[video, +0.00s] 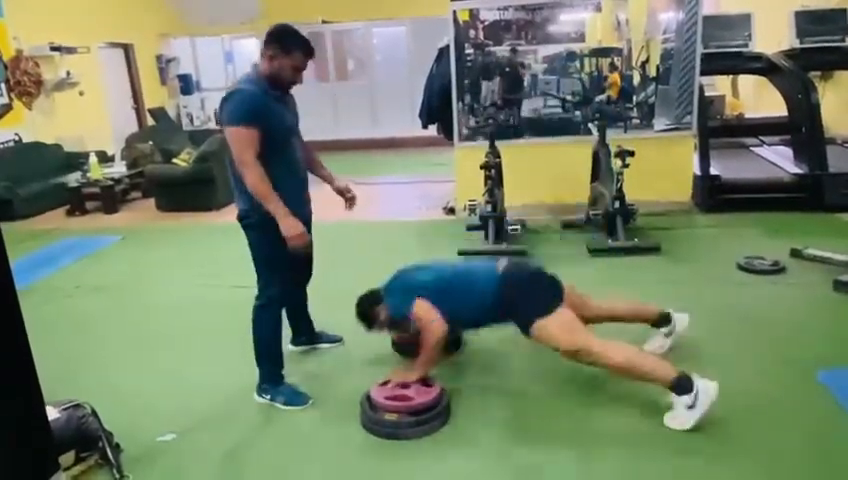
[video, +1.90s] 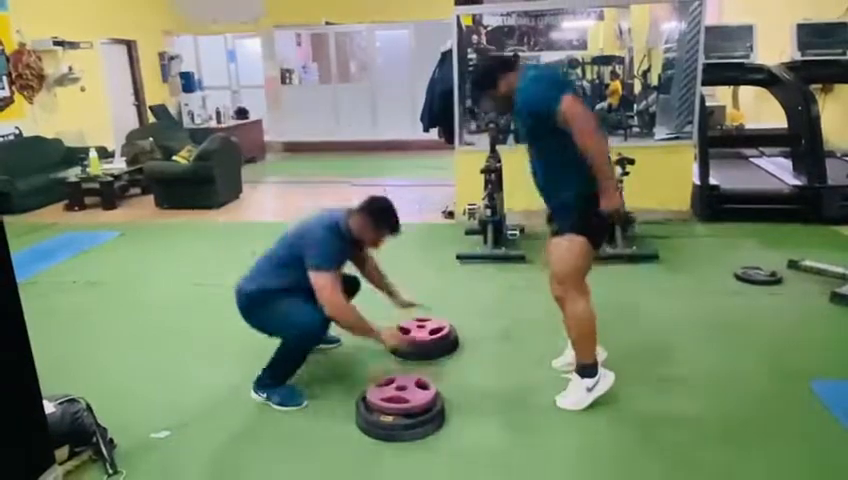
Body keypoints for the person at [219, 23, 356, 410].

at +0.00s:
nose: (300, 77)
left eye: (303, 69)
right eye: (297, 68)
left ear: (279, 61)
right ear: (271, 57)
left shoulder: (281, 95)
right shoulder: (243, 101)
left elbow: (296, 147)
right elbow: (248, 169)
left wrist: (332, 181)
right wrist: (284, 217)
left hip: (293, 208)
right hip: (263, 214)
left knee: (297, 278)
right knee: (272, 294)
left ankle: (303, 334)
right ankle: (270, 382)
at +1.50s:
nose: (331, 95)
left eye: (335, 88)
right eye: (329, 87)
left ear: (320, 79)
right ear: (310, 73)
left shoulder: (305, 106)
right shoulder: (264, 106)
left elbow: (304, 162)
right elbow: (244, 170)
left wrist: (308, 205)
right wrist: (274, 220)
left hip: (293, 211)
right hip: (257, 216)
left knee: (304, 270)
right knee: (276, 293)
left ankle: (300, 333)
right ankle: (264, 382)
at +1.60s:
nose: (350, 127)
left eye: (354, 122)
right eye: (350, 119)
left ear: (337, 108)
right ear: (336, 107)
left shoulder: (318, 128)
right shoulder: (284, 126)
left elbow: (310, 183)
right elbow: (263, 196)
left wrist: (313, 231)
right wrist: (287, 243)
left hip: (284, 212)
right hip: (249, 220)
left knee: (312, 266)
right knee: (281, 295)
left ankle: (300, 332)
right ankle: (264, 382)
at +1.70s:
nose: (363, 172)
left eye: (366, 167)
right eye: (363, 165)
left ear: (350, 151)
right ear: (350, 153)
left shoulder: (325, 169)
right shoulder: (303, 170)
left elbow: (321, 216)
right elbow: (286, 233)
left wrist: (326, 258)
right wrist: (300, 273)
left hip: (278, 232)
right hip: (246, 242)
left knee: (323, 272)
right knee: (294, 302)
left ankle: (303, 333)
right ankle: (264, 385)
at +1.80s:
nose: (368, 214)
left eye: (373, 208)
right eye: (369, 206)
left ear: (355, 189)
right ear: (356, 192)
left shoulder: (335, 206)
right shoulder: (313, 212)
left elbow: (345, 248)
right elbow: (312, 280)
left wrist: (358, 285)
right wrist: (339, 307)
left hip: (277, 261)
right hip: (249, 272)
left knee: (337, 278)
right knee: (304, 315)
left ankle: (307, 334)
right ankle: (266, 385)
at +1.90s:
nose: (380, 242)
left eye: (383, 237)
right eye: (379, 235)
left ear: (365, 218)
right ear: (365, 223)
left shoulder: (347, 225)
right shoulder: (322, 236)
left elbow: (365, 263)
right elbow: (334, 308)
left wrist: (396, 297)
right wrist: (379, 335)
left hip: (289, 287)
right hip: (259, 298)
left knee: (349, 284)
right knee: (309, 324)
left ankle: (313, 333)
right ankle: (268, 385)